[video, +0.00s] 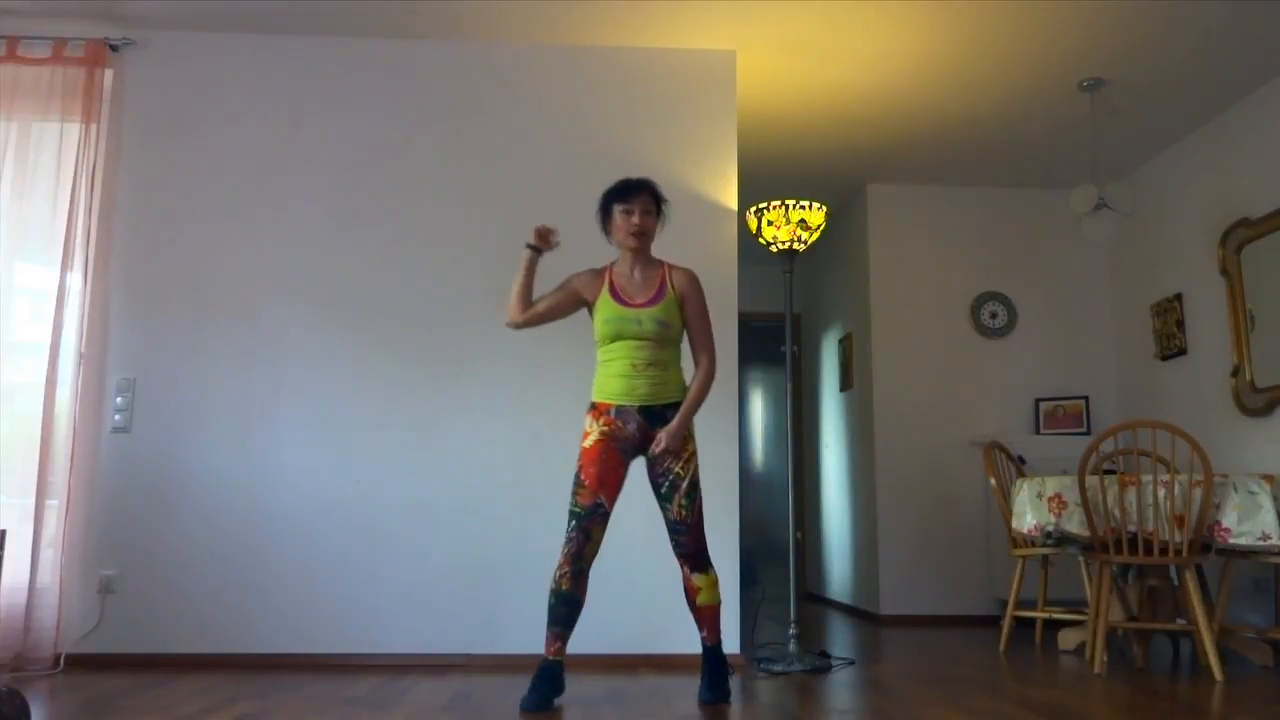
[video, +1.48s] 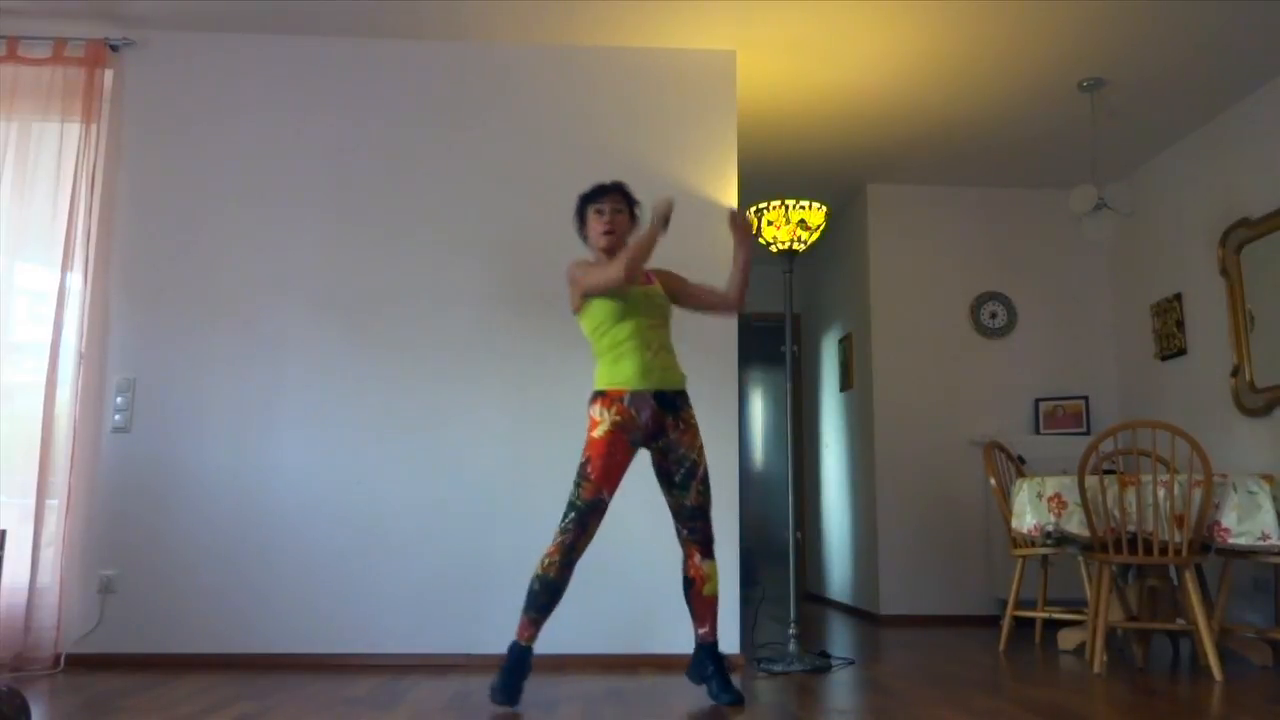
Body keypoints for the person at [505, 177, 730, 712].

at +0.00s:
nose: (639, 221)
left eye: (648, 213)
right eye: (628, 212)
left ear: (659, 223)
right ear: (608, 222)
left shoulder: (681, 282)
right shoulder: (591, 282)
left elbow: (706, 364)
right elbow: (519, 315)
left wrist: (679, 424)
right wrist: (532, 254)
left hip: (668, 420)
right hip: (608, 420)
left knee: (691, 546)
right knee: (579, 542)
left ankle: (713, 660)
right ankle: (550, 667)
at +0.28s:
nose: (609, 234)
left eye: (619, 225)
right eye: (599, 225)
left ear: (634, 234)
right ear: (583, 235)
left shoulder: (657, 295)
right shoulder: (572, 294)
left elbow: (668, 381)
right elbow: (508, 347)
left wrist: (641, 439)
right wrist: (507, 288)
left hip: (628, 434)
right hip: (570, 426)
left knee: (687, 549)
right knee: (557, 548)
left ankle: (672, 666)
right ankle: (539, 673)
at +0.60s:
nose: (622, 214)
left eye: (633, 207)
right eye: (613, 206)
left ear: (647, 219)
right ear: (596, 217)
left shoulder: (667, 280)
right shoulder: (579, 276)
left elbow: (689, 364)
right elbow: (498, 296)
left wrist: (666, 423)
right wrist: (499, 231)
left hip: (658, 419)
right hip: (596, 421)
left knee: (686, 545)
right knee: (572, 546)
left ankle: (716, 661)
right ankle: (573, 671)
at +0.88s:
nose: (649, 230)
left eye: (660, 223)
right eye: (640, 222)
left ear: (674, 233)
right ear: (624, 232)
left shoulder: (697, 292)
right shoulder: (609, 290)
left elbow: (729, 367)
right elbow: (542, 327)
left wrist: (703, 421)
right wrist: (548, 262)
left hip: (681, 429)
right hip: (621, 428)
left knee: (699, 550)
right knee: (577, 544)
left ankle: (712, 667)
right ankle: (569, 668)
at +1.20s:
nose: (676, 233)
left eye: (686, 228)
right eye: (666, 228)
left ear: (700, 247)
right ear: (650, 247)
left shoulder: (717, 309)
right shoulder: (629, 295)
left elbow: (727, 363)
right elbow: (562, 323)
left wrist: (738, 411)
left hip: (688, 445)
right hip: (629, 441)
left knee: (719, 555)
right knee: (583, 551)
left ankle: (703, 668)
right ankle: (554, 664)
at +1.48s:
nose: (610, 220)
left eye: (620, 214)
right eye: (599, 213)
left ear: (634, 224)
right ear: (583, 227)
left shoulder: (657, 278)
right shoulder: (581, 273)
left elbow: (730, 300)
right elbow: (622, 273)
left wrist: (744, 247)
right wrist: (655, 227)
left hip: (673, 409)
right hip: (616, 409)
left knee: (698, 533)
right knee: (576, 530)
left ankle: (707, 653)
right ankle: (520, 652)